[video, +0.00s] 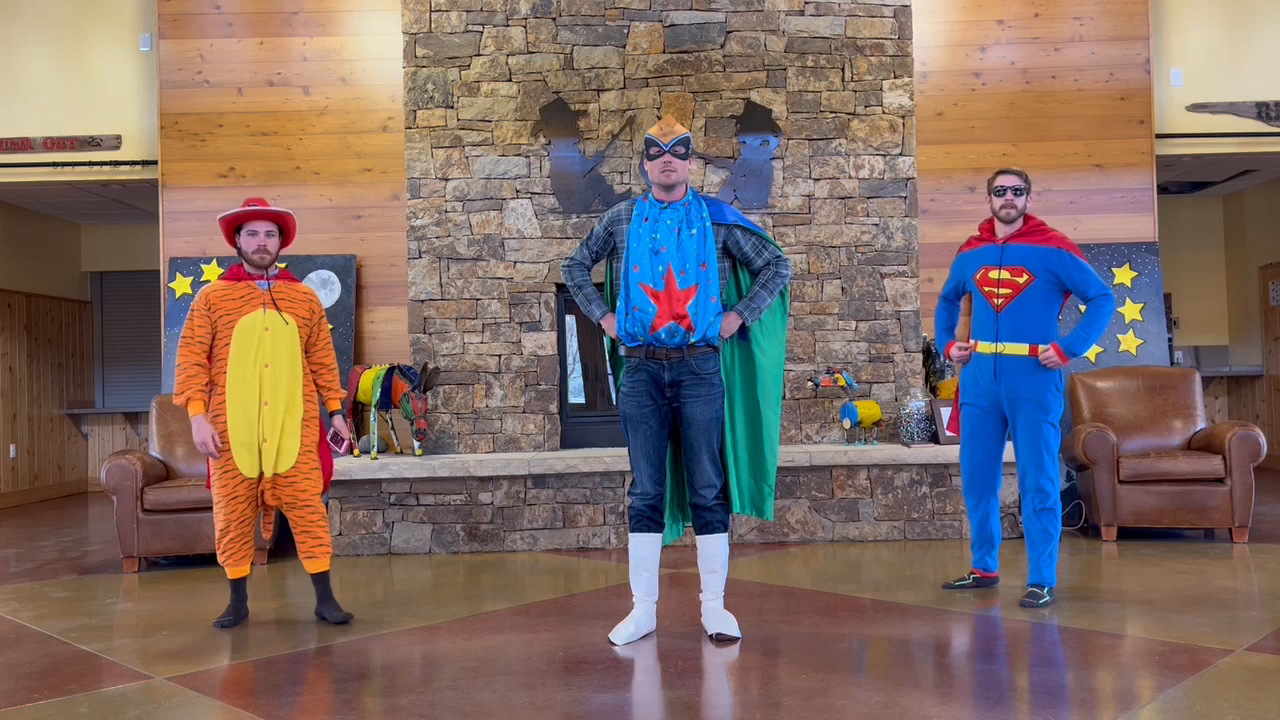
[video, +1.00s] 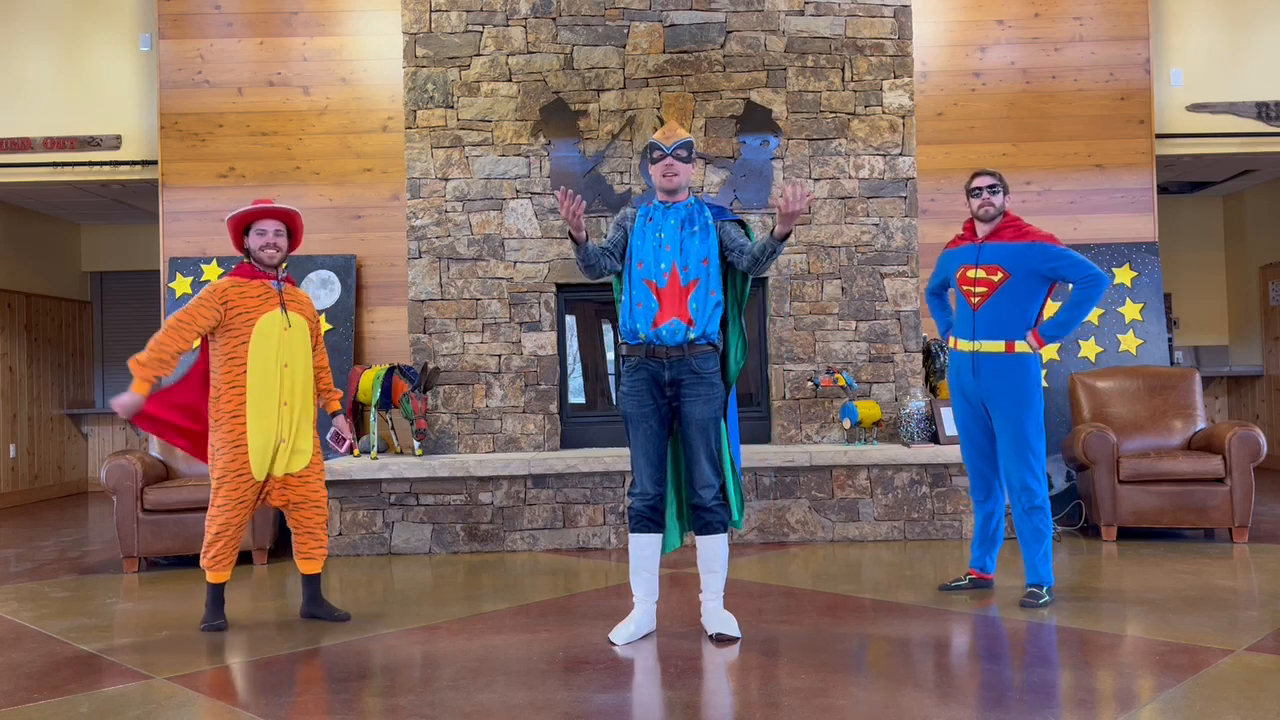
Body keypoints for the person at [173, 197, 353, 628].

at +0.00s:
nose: (261, 242)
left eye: (269, 235)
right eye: (252, 235)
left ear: (280, 243)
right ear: (237, 242)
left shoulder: (304, 298)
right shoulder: (213, 297)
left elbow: (322, 357)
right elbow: (192, 356)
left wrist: (335, 411)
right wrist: (197, 415)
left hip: (294, 423)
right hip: (233, 426)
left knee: (307, 503)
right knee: (233, 511)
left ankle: (325, 598)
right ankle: (237, 601)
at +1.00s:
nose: (270, 241)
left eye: (278, 235)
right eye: (261, 234)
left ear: (288, 245)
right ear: (246, 242)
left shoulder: (300, 300)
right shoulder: (225, 292)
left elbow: (318, 360)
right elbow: (176, 332)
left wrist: (334, 409)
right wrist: (139, 387)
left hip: (295, 422)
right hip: (238, 422)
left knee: (312, 501)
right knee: (229, 507)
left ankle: (313, 598)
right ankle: (214, 605)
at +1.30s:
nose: (261, 241)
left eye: (270, 235)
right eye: (252, 235)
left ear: (280, 244)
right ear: (237, 243)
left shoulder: (294, 301)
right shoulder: (214, 288)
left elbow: (317, 358)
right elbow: (167, 277)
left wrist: (349, 398)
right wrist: (130, 243)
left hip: (292, 421)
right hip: (236, 421)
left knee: (312, 500)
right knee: (227, 507)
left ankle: (313, 598)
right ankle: (214, 605)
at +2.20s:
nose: (258, 240)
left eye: (266, 233)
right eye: (249, 233)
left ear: (278, 244)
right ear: (234, 241)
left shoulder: (291, 298)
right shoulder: (213, 285)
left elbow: (312, 361)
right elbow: (178, 250)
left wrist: (339, 405)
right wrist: (191, 194)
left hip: (287, 422)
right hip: (230, 423)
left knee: (307, 503)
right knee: (222, 510)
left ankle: (312, 597)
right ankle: (214, 604)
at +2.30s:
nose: (258, 240)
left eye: (266, 233)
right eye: (249, 233)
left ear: (277, 243)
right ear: (234, 242)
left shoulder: (291, 299)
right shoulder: (212, 285)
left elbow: (311, 362)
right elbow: (177, 249)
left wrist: (339, 404)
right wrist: (190, 193)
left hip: (287, 421)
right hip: (230, 423)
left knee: (307, 502)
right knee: (222, 510)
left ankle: (312, 597)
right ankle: (214, 603)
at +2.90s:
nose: (257, 240)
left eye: (266, 234)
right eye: (248, 233)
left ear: (278, 243)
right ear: (233, 242)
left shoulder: (291, 299)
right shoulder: (209, 286)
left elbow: (312, 359)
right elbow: (157, 260)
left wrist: (336, 408)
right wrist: (189, 214)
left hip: (289, 421)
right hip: (231, 421)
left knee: (309, 503)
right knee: (223, 508)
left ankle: (312, 598)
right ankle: (214, 605)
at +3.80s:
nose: (276, 257)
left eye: (278, 250)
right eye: (269, 250)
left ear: (275, 252)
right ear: (246, 250)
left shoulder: (270, 296)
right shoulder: (221, 290)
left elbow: (283, 365)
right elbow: (215, 272)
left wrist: (298, 422)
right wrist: (257, 241)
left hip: (287, 415)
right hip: (241, 418)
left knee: (310, 495)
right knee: (233, 502)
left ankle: (312, 598)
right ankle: (214, 605)